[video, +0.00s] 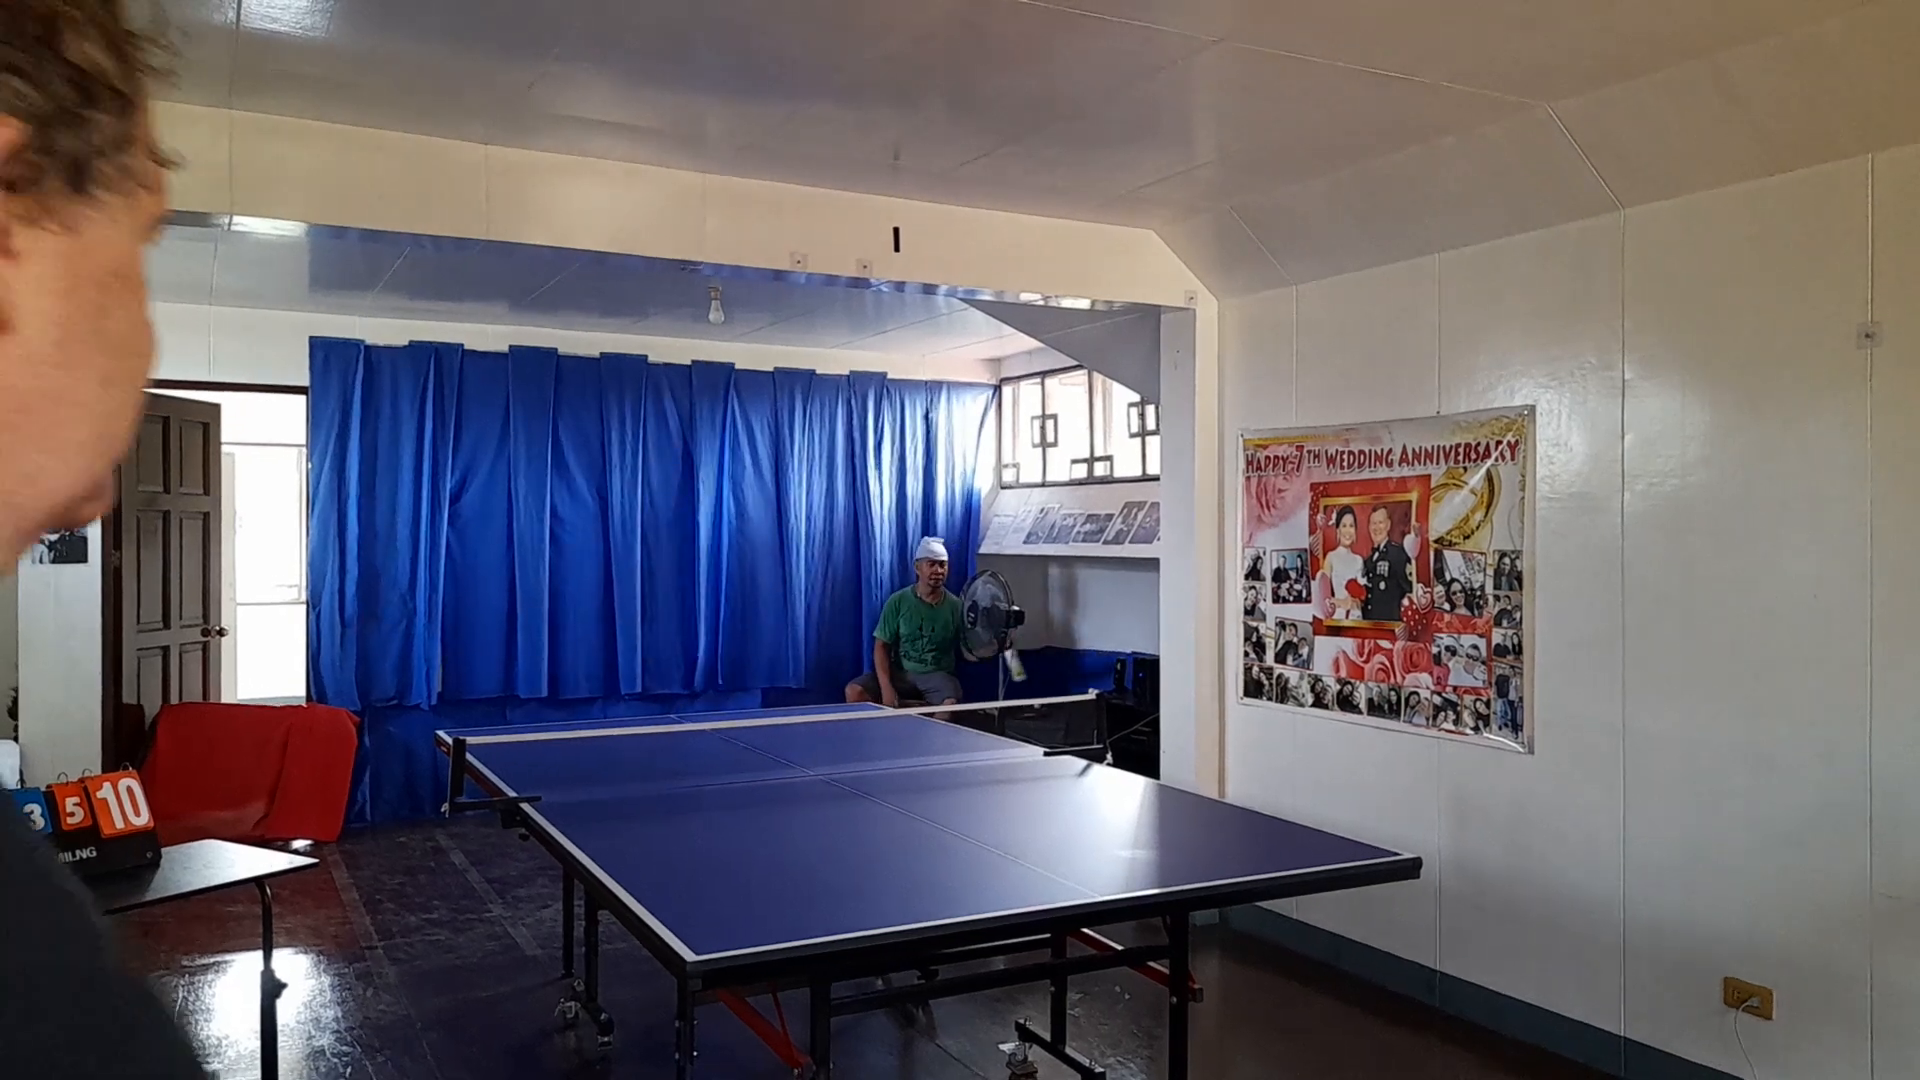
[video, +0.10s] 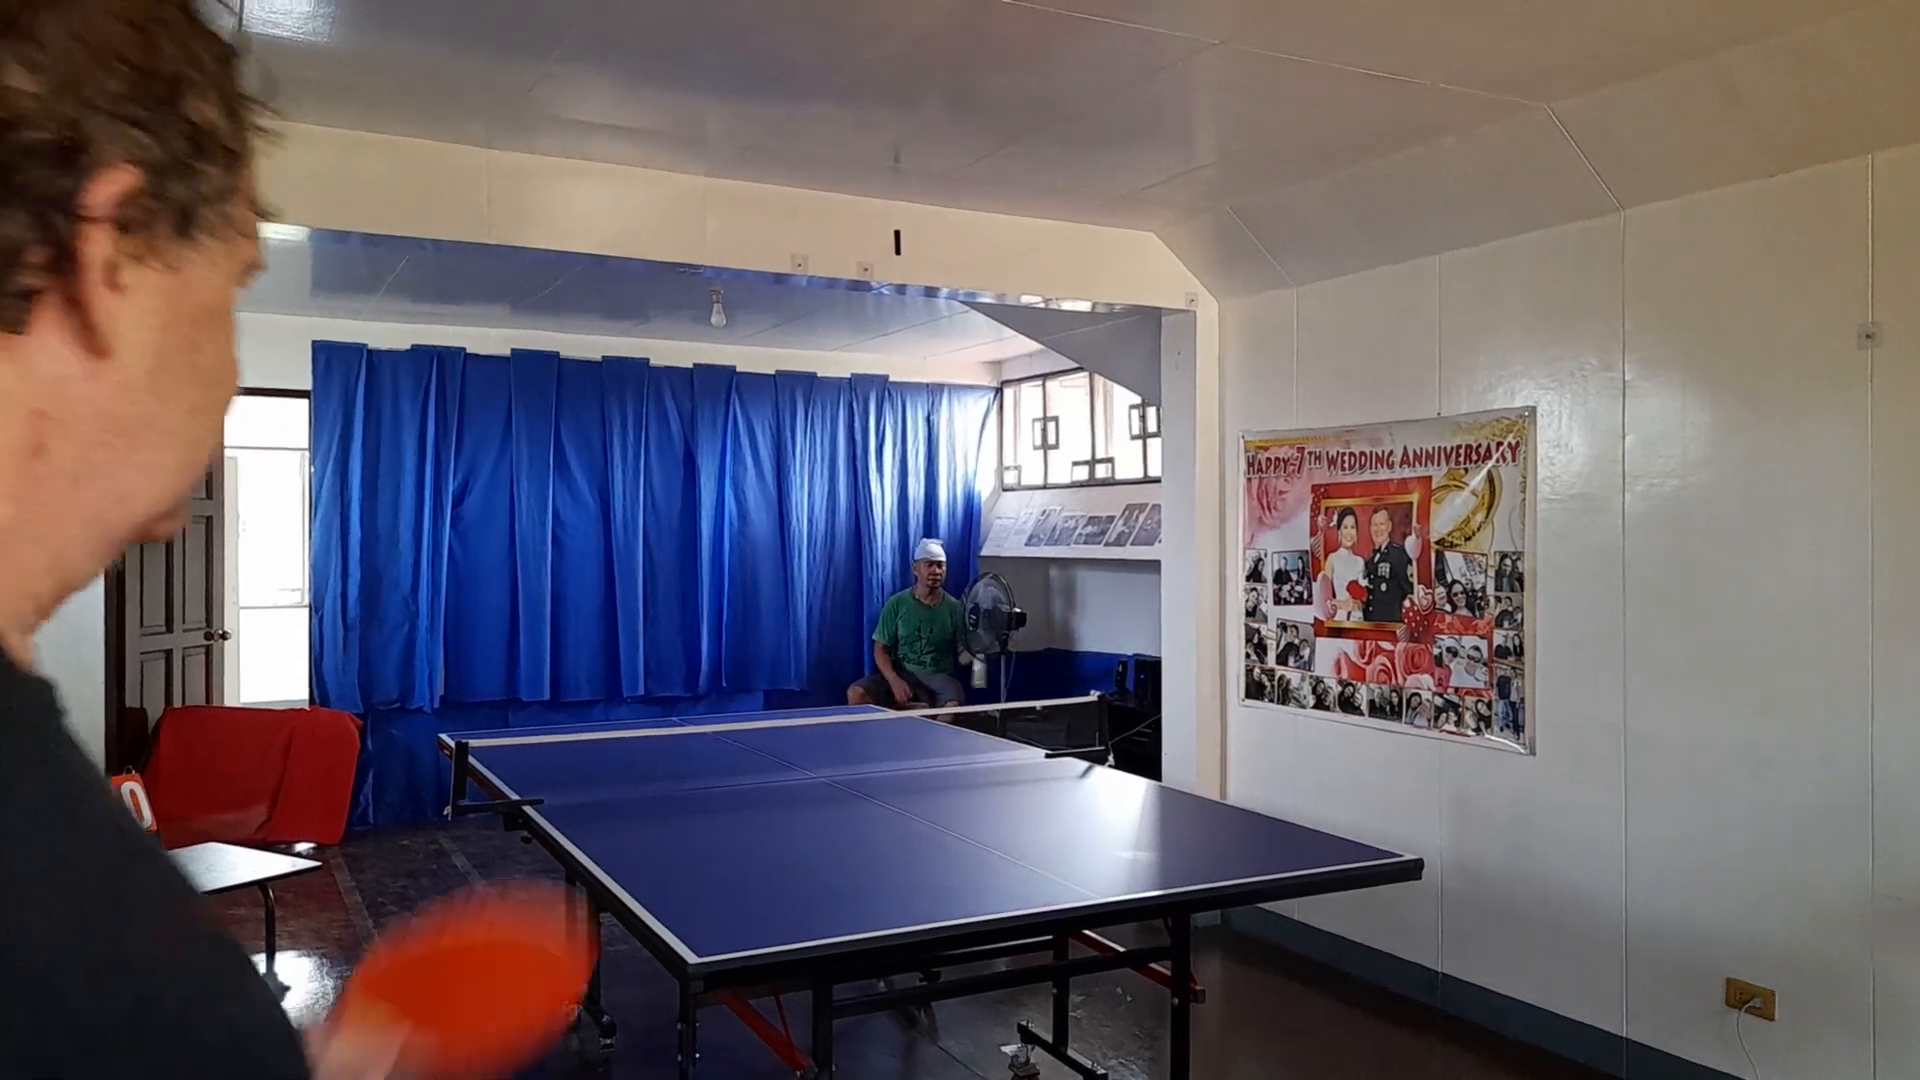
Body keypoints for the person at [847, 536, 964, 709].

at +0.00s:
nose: (938, 570)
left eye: (942, 565)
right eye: (931, 565)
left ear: (947, 568)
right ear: (918, 568)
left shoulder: (956, 606)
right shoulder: (898, 601)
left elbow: (968, 650)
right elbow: (880, 646)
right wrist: (886, 690)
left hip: (936, 675)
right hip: (899, 672)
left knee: (949, 705)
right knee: (854, 691)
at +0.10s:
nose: (936, 571)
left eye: (940, 565)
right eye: (929, 565)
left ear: (945, 569)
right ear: (916, 569)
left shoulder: (955, 608)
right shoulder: (897, 603)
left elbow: (965, 652)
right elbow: (880, 650)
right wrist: (894, 681)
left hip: (939, 676)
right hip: (902, 673)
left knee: (952, 707)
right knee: (857, 693)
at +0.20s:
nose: (929, 568)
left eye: (934, 563)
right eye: (922, 562)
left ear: (939, 568)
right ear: (910, 566)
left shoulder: (950, 606)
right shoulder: (892, 601)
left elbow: (959, 647)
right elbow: (877, 649)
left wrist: (955, 649)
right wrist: (900, 664)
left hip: (933, 678)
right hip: (897, 676)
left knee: (950, 706)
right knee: (854, 692)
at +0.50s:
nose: (909, 565)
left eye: (915, 560)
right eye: (903, 560)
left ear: (927, 565)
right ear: (896, 566)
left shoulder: (941, 603)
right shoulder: (883, 602)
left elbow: (957, 645)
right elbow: (869, 648)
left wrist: (927, 639)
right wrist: (883, 646)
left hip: (931, 676)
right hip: (891, 675)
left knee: (947, 704)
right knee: (850, 691)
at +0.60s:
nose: (904, 565)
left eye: (910, 559)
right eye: (899, 560)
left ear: (923, 563)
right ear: (893, 564)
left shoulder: (937, 600)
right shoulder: (880, 601)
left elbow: (956, 644)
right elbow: (867, 648)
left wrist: (923, 637)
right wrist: (881, 643)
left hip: (928, 675)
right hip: (889, 674)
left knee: (946, 702)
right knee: (851, 691)